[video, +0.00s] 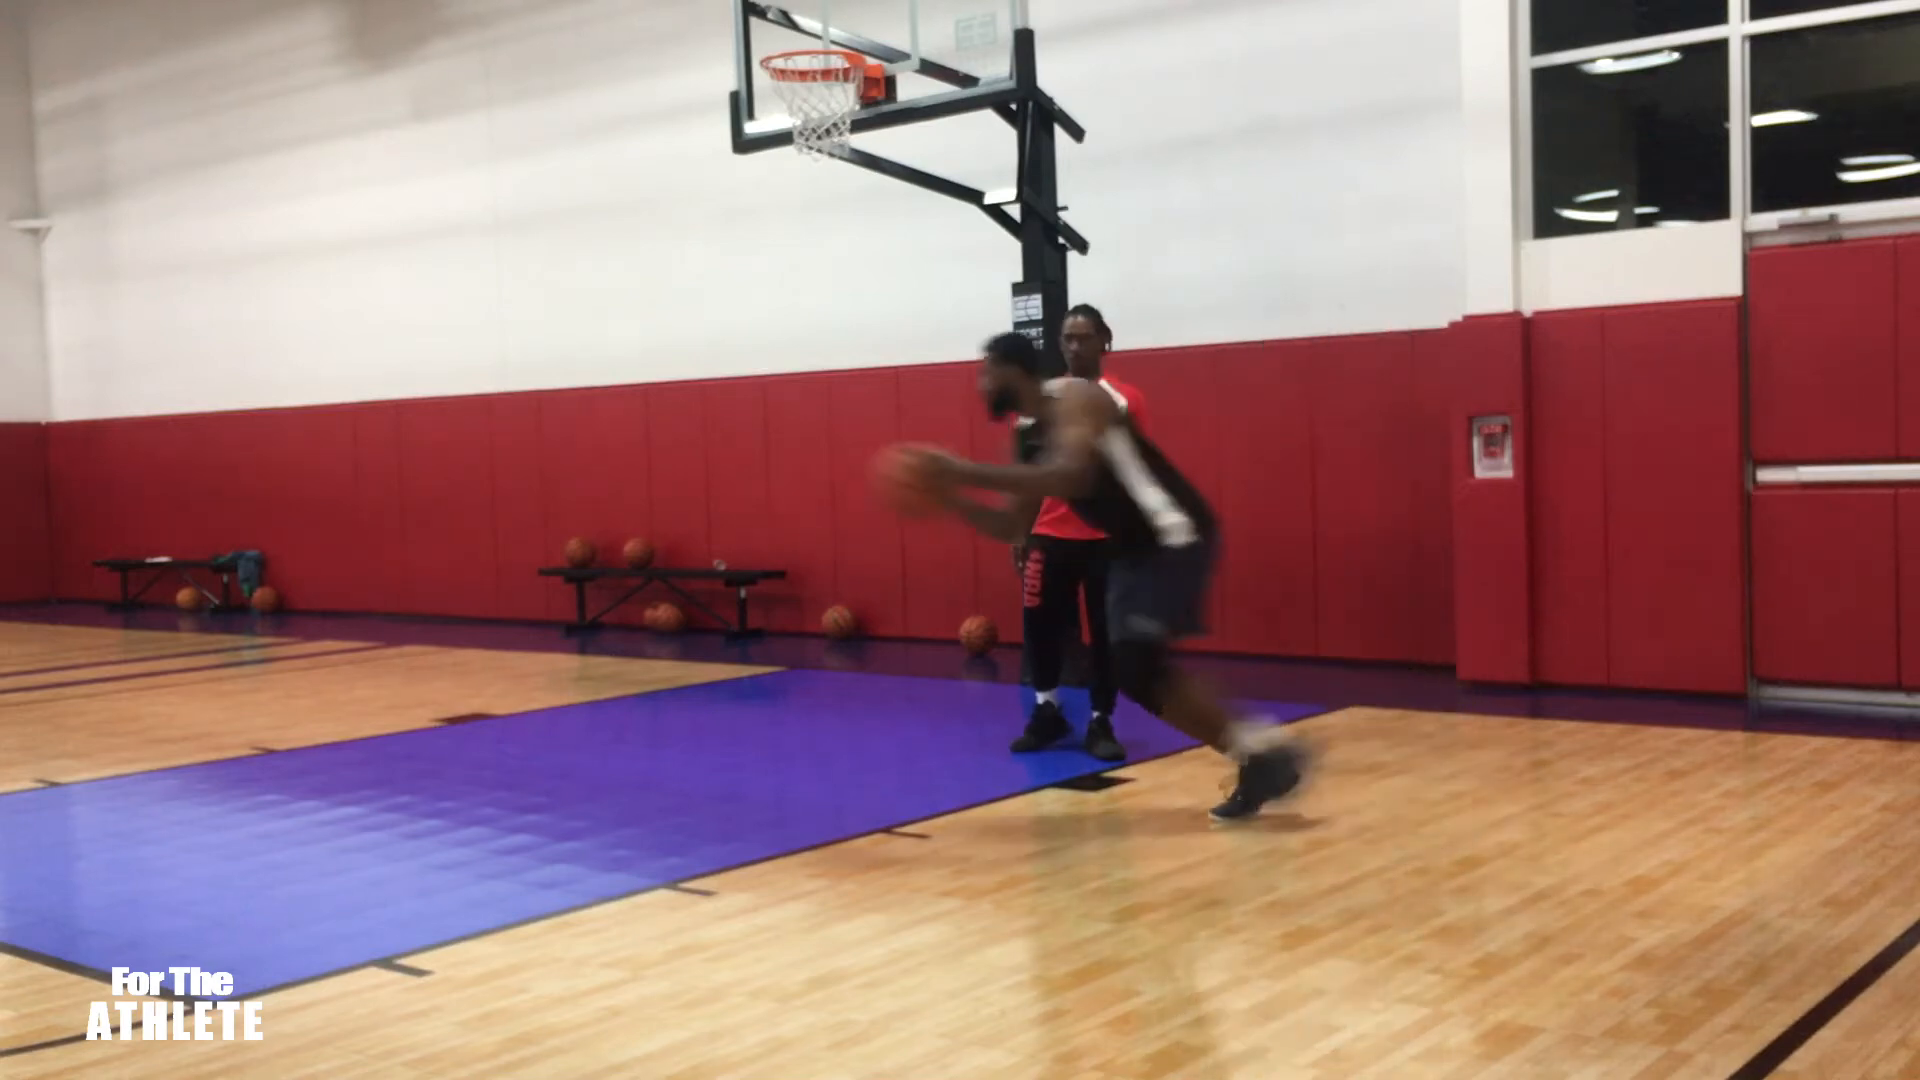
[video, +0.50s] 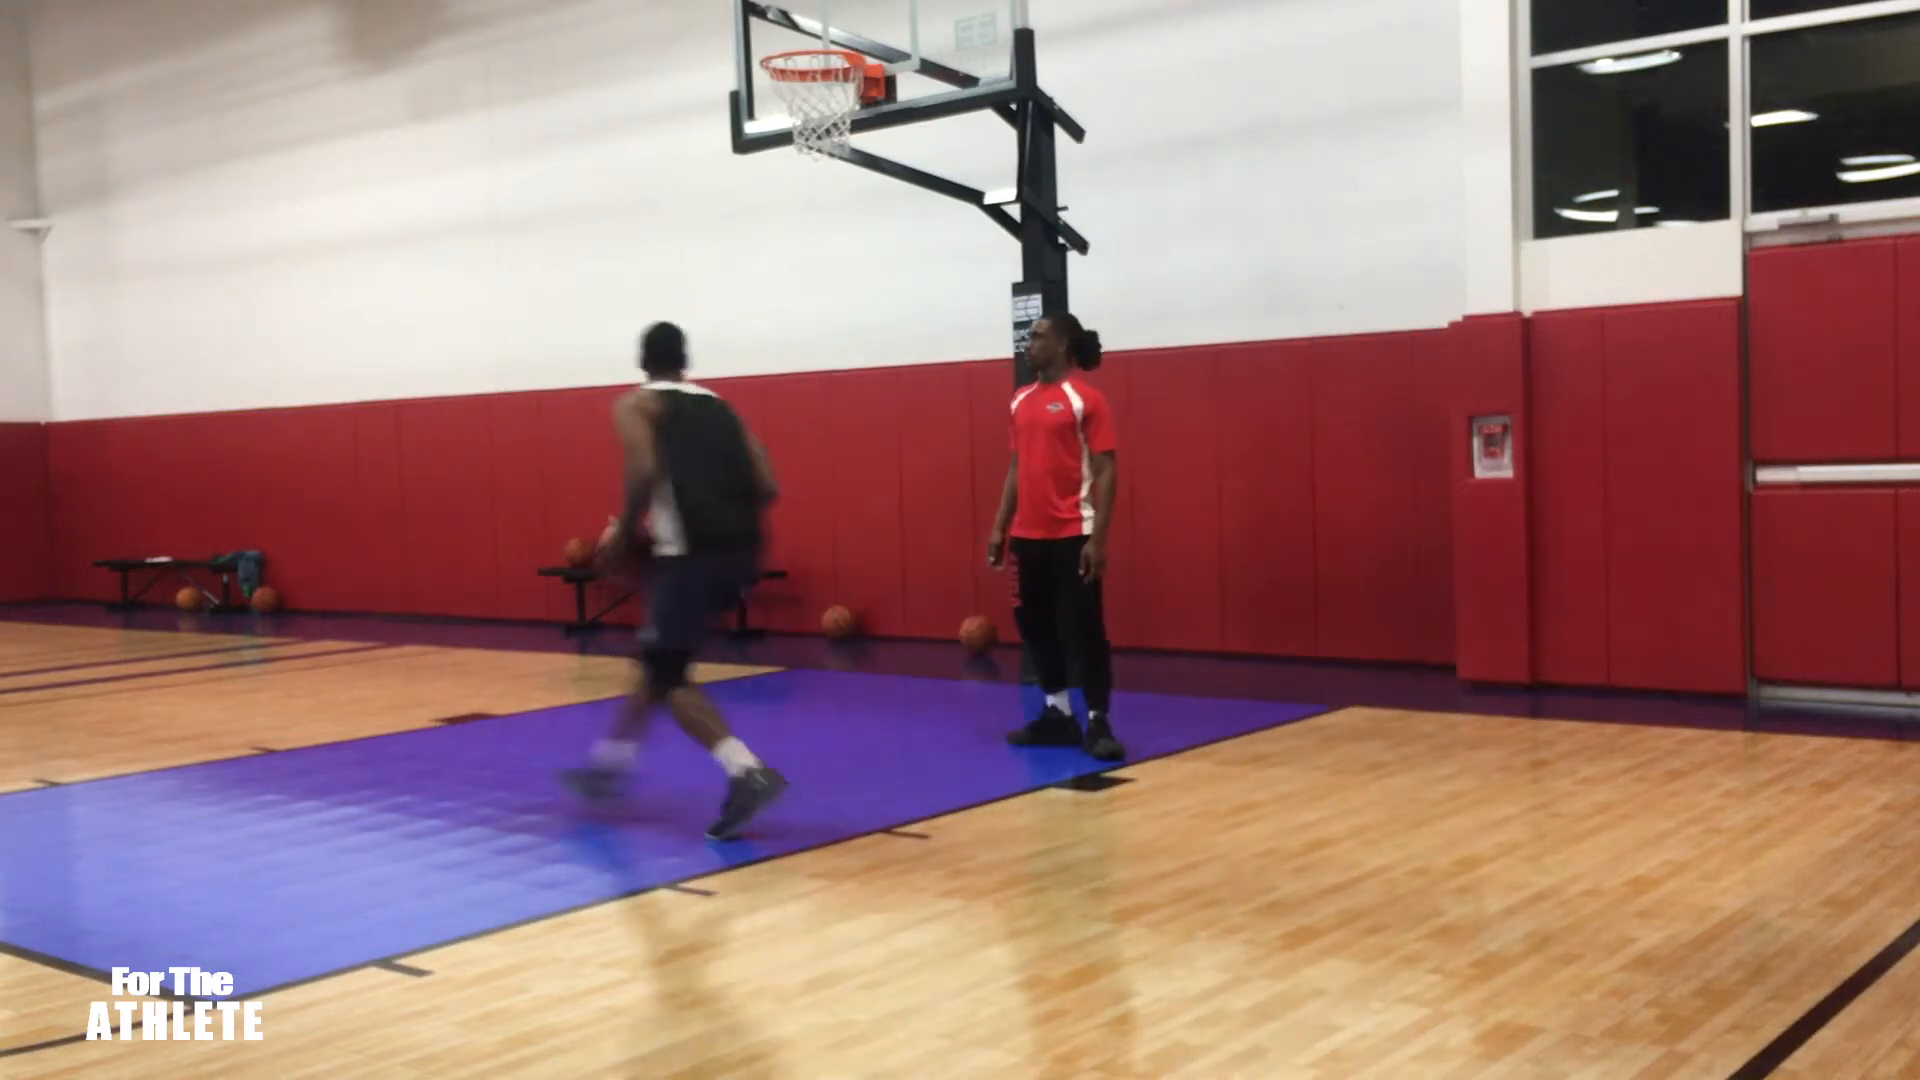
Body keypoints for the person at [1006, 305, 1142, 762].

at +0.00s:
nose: (1075, 347)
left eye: (1085, 338)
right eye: (1068, 338)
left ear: (1105, 343)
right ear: (1059, 345)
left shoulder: (1121, 399)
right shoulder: (1042, 400)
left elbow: (1124, 468)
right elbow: (1028, 472)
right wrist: (1021, 532)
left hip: (1104, 533)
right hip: (1051, 529)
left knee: (1106, 627)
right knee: (1042, 618)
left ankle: (1102, 719)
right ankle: (1045, 710)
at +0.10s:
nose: (1065, 345)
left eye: (1075, 337)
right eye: (1060, 337)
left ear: (1100, 343)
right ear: (1055, 343)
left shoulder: (1121, 398)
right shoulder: (1042, 399)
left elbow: (1136, 469)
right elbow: (1030, 471)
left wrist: (1130, 537)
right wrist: (1020, 528)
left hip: (1101, 528)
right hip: (1050, 528)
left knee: (1103, 629)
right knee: (1039, 622)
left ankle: (1101, 719)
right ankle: (1046, 707)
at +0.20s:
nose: (1056, 345)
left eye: (1066, 337)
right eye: (1053, 338)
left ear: (1090, 343)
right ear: (1049, 343)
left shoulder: (1115, 398)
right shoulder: (1037, 399)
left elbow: (1132, 470)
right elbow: (1028, 464)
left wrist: (1128, 537)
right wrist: (1014, 521)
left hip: (1097, 536)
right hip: (1046, 537)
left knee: (1102, 632)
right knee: (1043, 625)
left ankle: (1101, 719)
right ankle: (1053, 709)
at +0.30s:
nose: (1045, 345)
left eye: (1055, 338)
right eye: (1044, 338)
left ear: (1080, 344)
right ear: (1045, 342)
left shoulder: (1107, 399)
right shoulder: (1031, 400)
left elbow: (1125, 470)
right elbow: (1023, 467)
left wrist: (1121, 537)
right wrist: (1009, 529)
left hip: (1090, 538)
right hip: (1042, 539)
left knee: (1095, 632)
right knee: (1043, 628)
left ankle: (1099, 721)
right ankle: (1048, 718)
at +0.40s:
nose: (1036, 345)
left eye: (1046, 338)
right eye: (1036, 337)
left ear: (1072, 345)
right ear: (1039, 343)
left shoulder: (1098, 399)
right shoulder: (1026, 400)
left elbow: (1116, 471)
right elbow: (1019, 468)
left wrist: (1112, 537)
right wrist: (1004, 529)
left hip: (1082, 536)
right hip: (1037, 537)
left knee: (1090, 627)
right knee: (1042, 624)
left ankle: (1099, 720)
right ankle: (1056, 714)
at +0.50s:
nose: (1029, 344)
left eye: (1039, 337)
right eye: (1030, 336)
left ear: (1063, 345)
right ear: (1036, 344)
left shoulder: (1087, 397)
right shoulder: (1021, 401)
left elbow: (1105, 469)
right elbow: (1016, 467)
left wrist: (1098, 538)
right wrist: (999, 529)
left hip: (1072, 537)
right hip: (1030, 537)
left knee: (1084, 626)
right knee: (1037, 623)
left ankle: (1097, 720)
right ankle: (1056, 713)